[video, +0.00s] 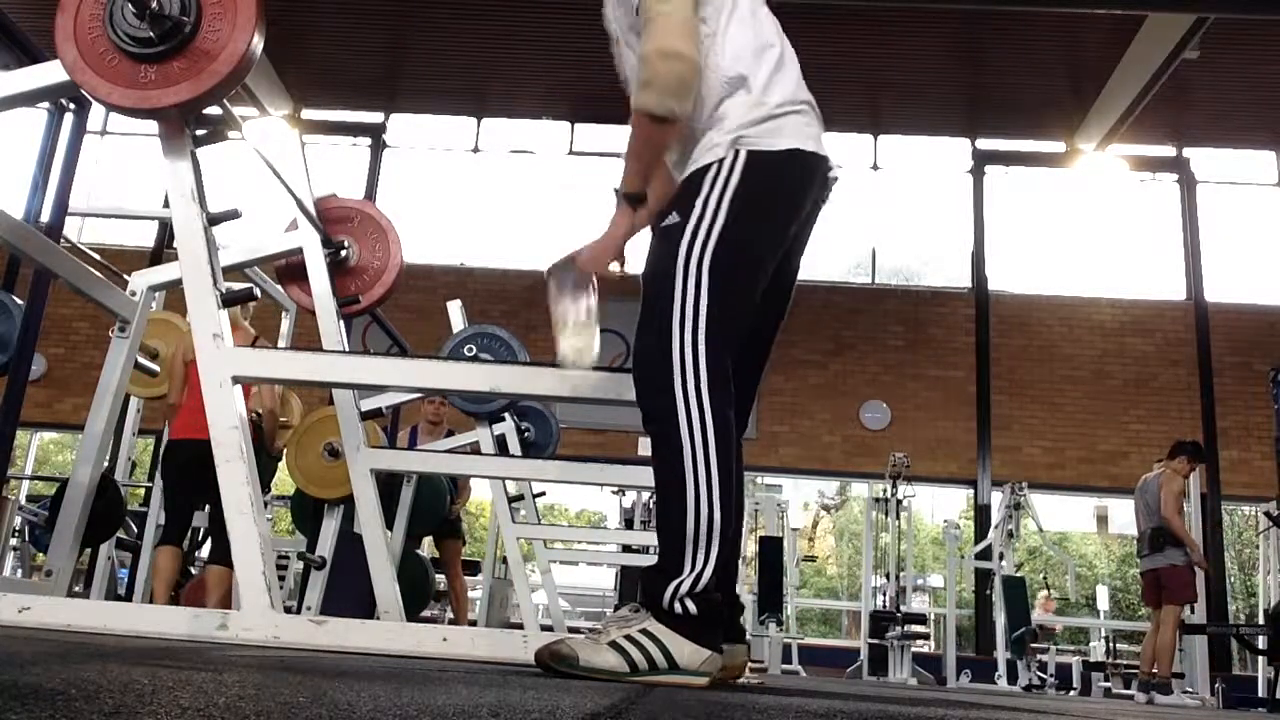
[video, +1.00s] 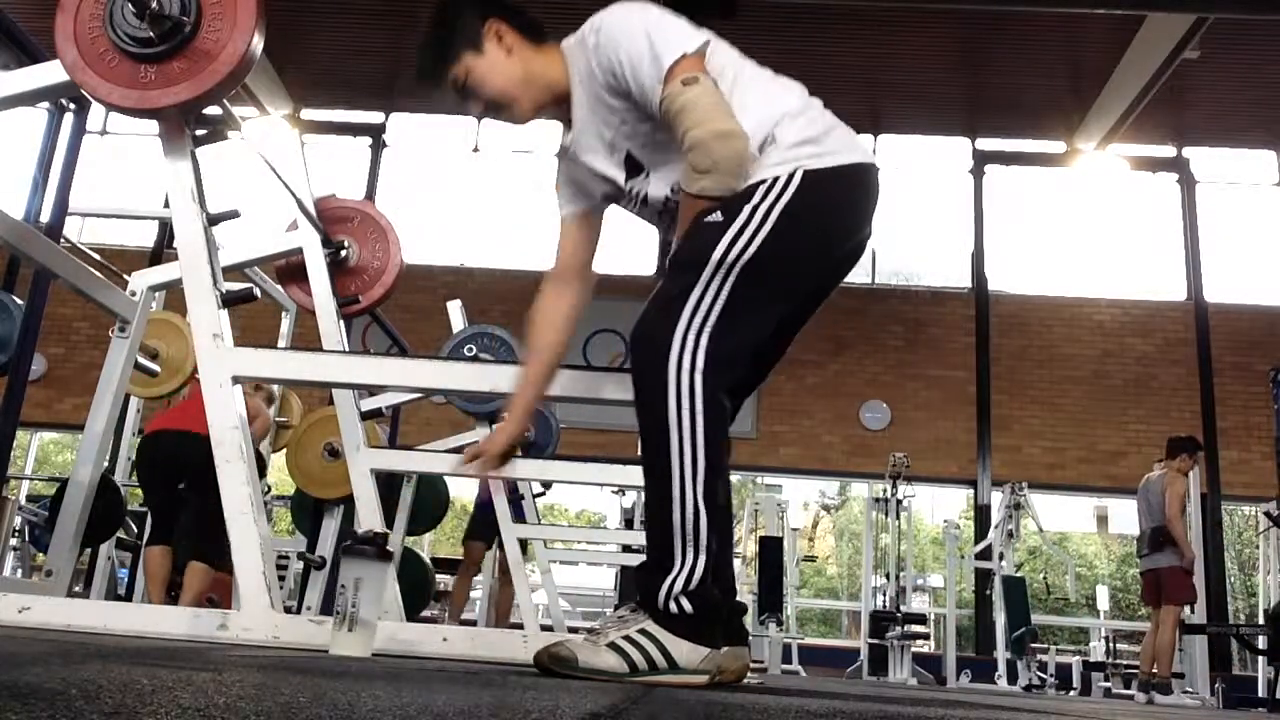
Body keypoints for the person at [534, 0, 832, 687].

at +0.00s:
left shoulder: (662, 4)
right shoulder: (656, 16)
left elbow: (671, 70)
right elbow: (680, 153)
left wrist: (634, 196)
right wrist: (611, 241)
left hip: (744, 147)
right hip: (780, 152)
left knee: (680, 373)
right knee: (706, 388)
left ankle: (686, 623)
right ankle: (709, 627)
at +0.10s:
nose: (515, 13)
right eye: (509, 8)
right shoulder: (608, 58)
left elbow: (676, 104)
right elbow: (635, 188)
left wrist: (643, 227)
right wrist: (588, 294)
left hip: (765, 153)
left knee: (678, 366)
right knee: (706, 388)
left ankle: (687, 624)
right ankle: (711, 629)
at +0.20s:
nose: (480, 58)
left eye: (472, 35)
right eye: (470, 51)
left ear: (504, 2)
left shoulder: (612, 9)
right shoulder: (592, 114)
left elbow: (693, 139)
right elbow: (599, 251)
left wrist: (671, 233)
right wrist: (550, 362)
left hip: (780, 162)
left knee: (666, 356)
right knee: (699, 388)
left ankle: (684, 624)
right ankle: (712, 632)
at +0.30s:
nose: (464, 115)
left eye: (454, 93)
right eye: (452, 106)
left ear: (486, 46)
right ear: (492, 55)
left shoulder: (603, 30)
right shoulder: (574, 158)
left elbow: (706, 148)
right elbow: (563, 288)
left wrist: (667, 250)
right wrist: (504, 417)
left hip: (787, 173)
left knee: (652, 349)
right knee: (686, 393)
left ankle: (687, 623)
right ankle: (707, 629)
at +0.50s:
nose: (453, 196)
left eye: (442, 172)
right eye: (437, 189)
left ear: (472, 121)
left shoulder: (589, 85)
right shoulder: (552, 230)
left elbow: (721, 169)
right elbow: (501, 366)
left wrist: (658, 257)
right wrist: (417, 493)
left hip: (801, 201)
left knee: (635, 348)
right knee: (657, 396)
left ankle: (684, 621)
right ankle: (702, 624)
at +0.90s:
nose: (463, 140)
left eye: (457, 117)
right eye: (452, 131)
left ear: (489, 71)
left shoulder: (608, 51)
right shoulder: (567, 184)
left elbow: (725, 155)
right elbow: (530, 319)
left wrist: (677, 235)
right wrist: (455, 454)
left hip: (805, 182)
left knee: (658, 344)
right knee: (674, 379)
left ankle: (685, 622)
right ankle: (707, 628)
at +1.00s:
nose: (477, 106)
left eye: (469, 84)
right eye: (466, 98)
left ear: (500, 38)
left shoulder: (620, 30)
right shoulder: (580, 157)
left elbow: (721, 149)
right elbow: (564, 285)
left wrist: (676, 259)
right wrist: (516, 417)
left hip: (802, 171)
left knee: (667, 350)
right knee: (689, 387)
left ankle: (684, 623)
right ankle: (710, 629)